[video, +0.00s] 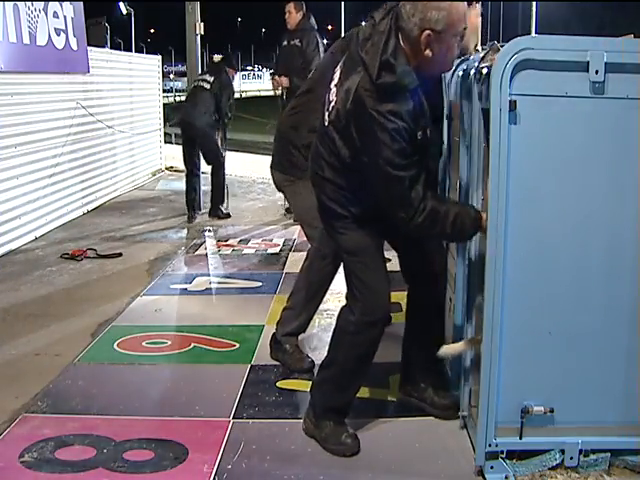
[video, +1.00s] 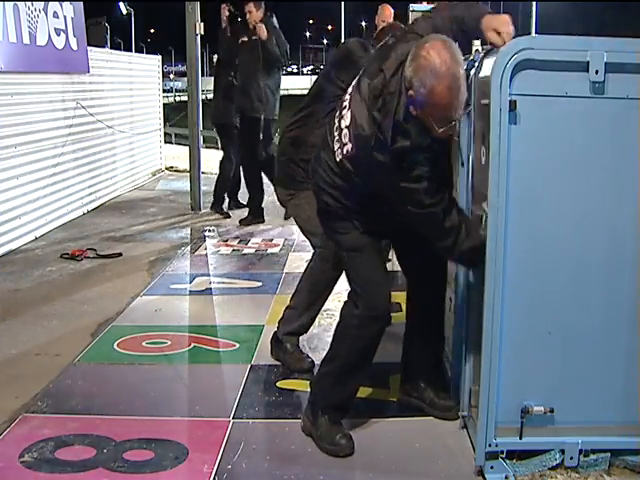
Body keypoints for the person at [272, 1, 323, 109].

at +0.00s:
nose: (286, 17)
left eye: (289, 13)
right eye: (286, 13)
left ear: (300, 14)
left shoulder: (311, 36)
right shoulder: (287, 36)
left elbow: (315, 73)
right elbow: (280, 62)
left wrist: (291, 82)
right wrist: (277, 77)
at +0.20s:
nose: (287, 15)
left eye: (290, 11)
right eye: (286, 12)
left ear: (302, 12)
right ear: (291, 13)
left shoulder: (311, 36)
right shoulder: (287, 35)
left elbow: (317, 72)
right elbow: (283, 65)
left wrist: (293, 77)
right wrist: (272, 69)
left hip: (305, 106)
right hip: (286, 105)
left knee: (301, 152)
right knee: (285, 151)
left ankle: (301, 199)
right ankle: (288, 198)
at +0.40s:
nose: (283, 16)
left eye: (286, 12)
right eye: (282, 12)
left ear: (297, 12)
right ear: (287, 13)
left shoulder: (308, 36)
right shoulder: (285, 35)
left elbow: (314, 72)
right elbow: (278, 66)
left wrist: (291, 72)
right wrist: (263, 59)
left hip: (298, 109)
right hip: (283, 107)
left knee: (284, 154)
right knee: (278, 153)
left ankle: (274, 204)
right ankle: (274, 202)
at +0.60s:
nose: (273, 18)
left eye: (276, 14)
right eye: (272, 14)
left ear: (288, 13)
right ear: (275, 15)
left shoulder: (300, 38)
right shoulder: (272, 37)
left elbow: (304, 70)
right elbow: (264, 66)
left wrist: (285, 64)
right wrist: (249, 50)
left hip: (293, 109)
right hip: (276, 108)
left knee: (274, 159)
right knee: (270, 158)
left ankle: (259, 205)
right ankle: (258, 206)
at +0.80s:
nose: (260, 18)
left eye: (263, 13)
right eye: (258, 14)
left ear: (274, 12)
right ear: (259, 15)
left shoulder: (286, 35)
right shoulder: (259, 35)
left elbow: (294, 68)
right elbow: (245, 62)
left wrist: (273, 55)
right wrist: (236, 41)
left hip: (281, 108)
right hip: (260, 107)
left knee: (287, 159)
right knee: (259, 161)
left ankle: (301, 211)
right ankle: (256, 211)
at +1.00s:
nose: (247, 16)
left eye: (250, 11)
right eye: (245, 12)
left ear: (261, 10)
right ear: (244, 13)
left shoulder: (272, 31)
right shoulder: (242, 33)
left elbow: (281, 61)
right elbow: (226, 58)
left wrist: (265, 39)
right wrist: (225, 27)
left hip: (265, 105)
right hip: (245, 105)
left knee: (265, 157)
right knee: (247, 160)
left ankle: (291, 198)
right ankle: (255, 211)